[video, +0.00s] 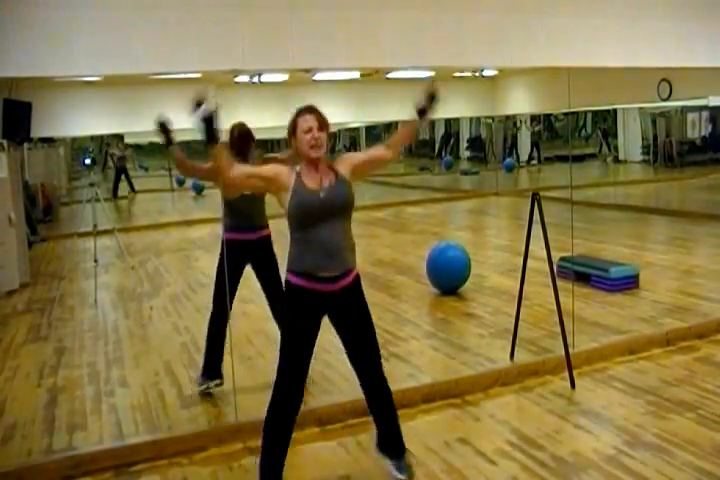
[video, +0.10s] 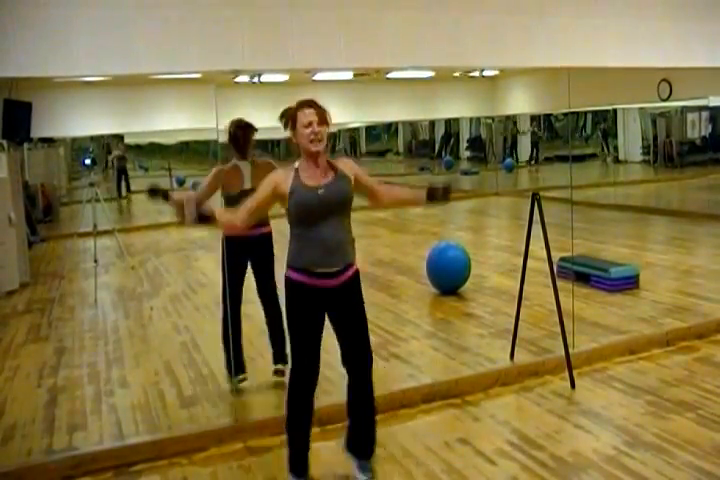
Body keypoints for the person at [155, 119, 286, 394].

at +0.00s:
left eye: (234, 141)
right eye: (246, 140)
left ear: (230, 143)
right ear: (253, 144)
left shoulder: (222, 170)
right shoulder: (265, 166)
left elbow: (185, 167)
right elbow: (295, 157)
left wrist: (170, 141)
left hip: (234, 244)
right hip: (262, 242)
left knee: (221, 308)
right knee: (279, 304)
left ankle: (212, 374)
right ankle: (299, 359)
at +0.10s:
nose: (247, 143)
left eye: (238, 138)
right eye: (249, 138)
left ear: (230, 142)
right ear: (252, 140)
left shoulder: (223, 172)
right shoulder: (268, 166)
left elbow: (199, 197)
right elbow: (284, 193)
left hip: (234, 241)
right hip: (263, 238)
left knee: (232, 303)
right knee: (269, 297)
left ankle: (236, 369)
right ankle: (280, 359)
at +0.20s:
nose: (247, 155)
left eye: (236, 151)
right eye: (251, 151)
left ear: (230, 154)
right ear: (252, 153)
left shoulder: (227, 187)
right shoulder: (265, 183)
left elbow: (219, 228)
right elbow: (277, 220)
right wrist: (278, 249)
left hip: (237, 253)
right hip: (263, 250)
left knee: (239, 310)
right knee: (264, 309)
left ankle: (253, 372)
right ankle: (268, 369)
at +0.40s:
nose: (236, 143)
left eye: (233, 138)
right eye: (244, 137)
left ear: (229, 142)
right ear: (252, 140)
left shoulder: (225, 175)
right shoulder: (267, 170)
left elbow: (212, 214)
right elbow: (279, 205)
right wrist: (269, 229)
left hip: (234, 245)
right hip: (263, 242)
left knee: (236, 310)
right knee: (270, 305)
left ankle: (245, 370)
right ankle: (274, 364)